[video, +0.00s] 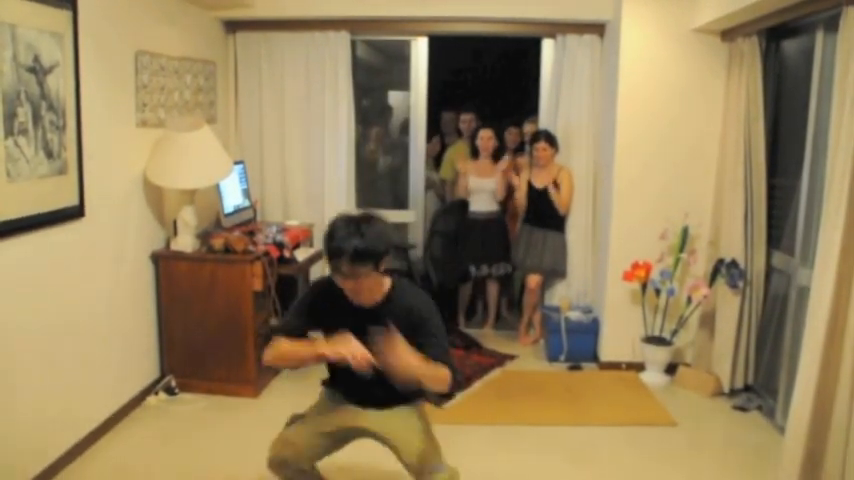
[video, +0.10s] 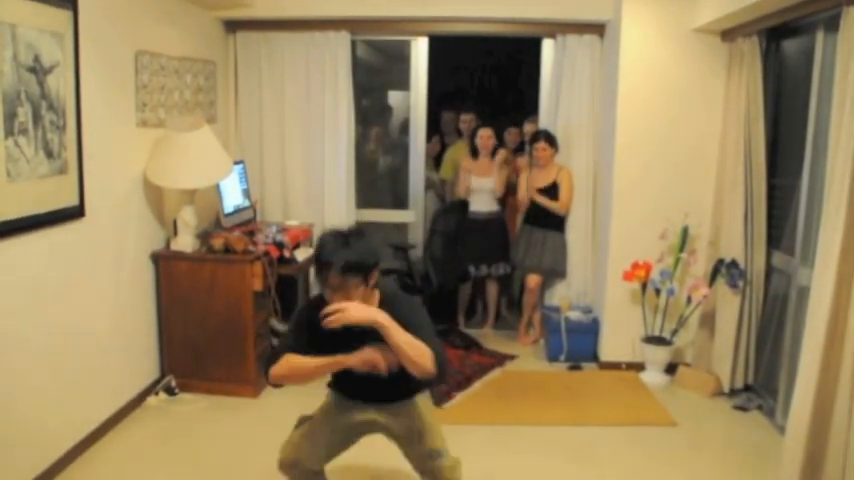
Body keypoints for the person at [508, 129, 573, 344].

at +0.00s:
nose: (540, 154)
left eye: (545, 149)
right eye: (536, 149)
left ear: (554, 151)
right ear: (532, 152)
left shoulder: (562, 174)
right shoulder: (527, 173)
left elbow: (563, 209)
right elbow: (520, 208)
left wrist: (551, 189)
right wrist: (519, 187)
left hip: (551, 232)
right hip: (530, 229)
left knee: (533, 281)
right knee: (534, 285)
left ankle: (523, 324)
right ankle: (538, 328)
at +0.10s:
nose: (539, 154)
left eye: (544, 149)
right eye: (536, 149)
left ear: (553, 151)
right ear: (532, 152)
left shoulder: (563, 174)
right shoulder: (528, 174)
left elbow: (563, 208)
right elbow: (522, 201)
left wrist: (536, 196)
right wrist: (524, 175)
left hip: (550, 231)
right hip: (529, 228)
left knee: (533, 281)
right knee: (532, 285)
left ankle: (523, 325)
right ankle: (538, 329)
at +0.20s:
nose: (539, 153)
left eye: (544, 149)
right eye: (536, 149)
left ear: (553, 151)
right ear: (532, 151)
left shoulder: (563, 173)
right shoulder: (527, 173)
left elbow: (564, 208)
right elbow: (521, 203)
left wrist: (536, 198)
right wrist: (525, 187)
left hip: (550, 231)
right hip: (529, 228)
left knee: (533, 281)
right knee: (532, 284)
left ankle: (523, 325)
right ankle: (538, 329)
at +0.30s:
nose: (539, 153)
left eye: (544, 148)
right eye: (536, 148)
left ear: (553, 151)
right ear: (532, 151)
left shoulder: (563, 173)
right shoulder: (526, 174)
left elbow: (564, 207)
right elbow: (521, 204)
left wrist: (543, 195)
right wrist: (520, 196)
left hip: (551, 231)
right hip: (529, 228)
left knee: (533, 280)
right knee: (533, 284)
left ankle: (523, 324)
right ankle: (538, 328)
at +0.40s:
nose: (540, 153)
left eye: (544, 148)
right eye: (536, 148)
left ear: (554, 150)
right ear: (532, 150)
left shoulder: (562, 173)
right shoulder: (526, 173)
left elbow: (563, 207)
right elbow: (520, 204)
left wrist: (553, 186)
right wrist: (512, 184)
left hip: (551, 231)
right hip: (530, 228)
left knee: (532, 280)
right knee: (535, 284)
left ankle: (523, 323)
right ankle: (538, 327)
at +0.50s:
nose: (540, 152)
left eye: (544, 147)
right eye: (536, 147)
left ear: (554, 149)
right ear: (532, 149)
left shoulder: (562, 172)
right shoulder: (526, 172)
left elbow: (563, 206)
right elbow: (520, 204)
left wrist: (555, 186)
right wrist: (514, 183)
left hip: (551, 229)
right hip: (530, 227)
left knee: (533, 280)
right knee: (535, 283)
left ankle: (523, 323)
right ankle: (538, 326)